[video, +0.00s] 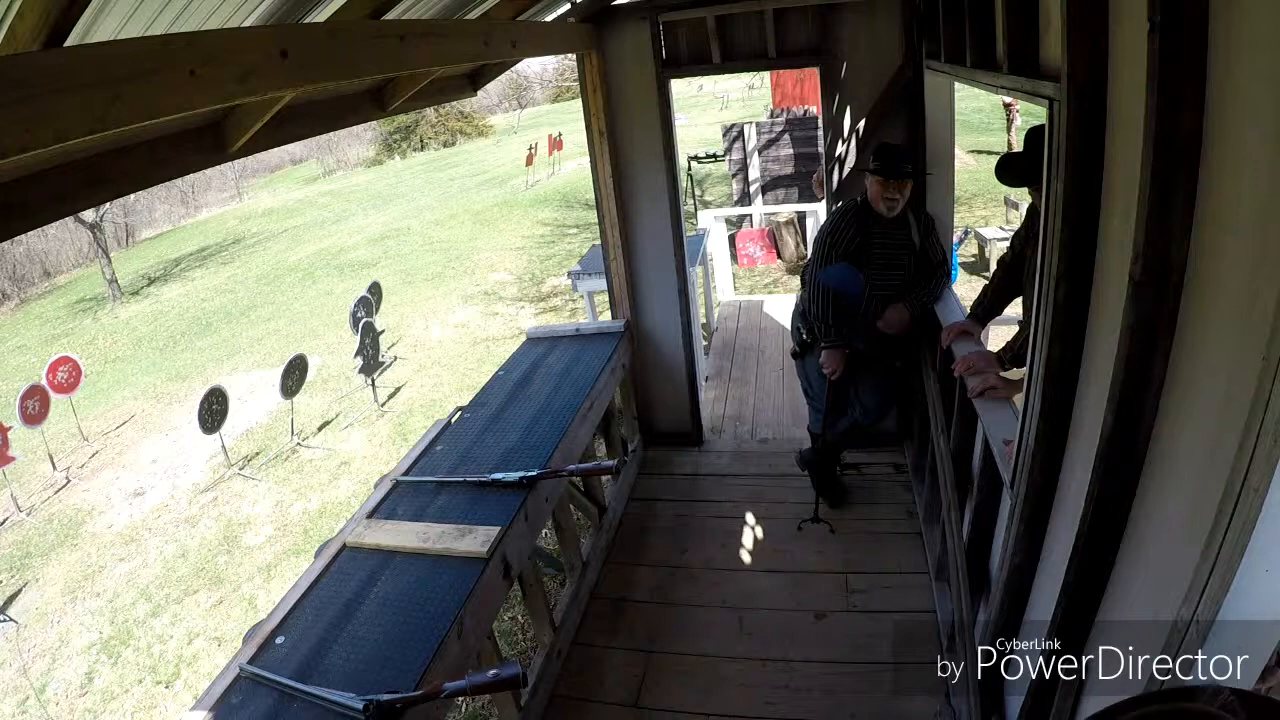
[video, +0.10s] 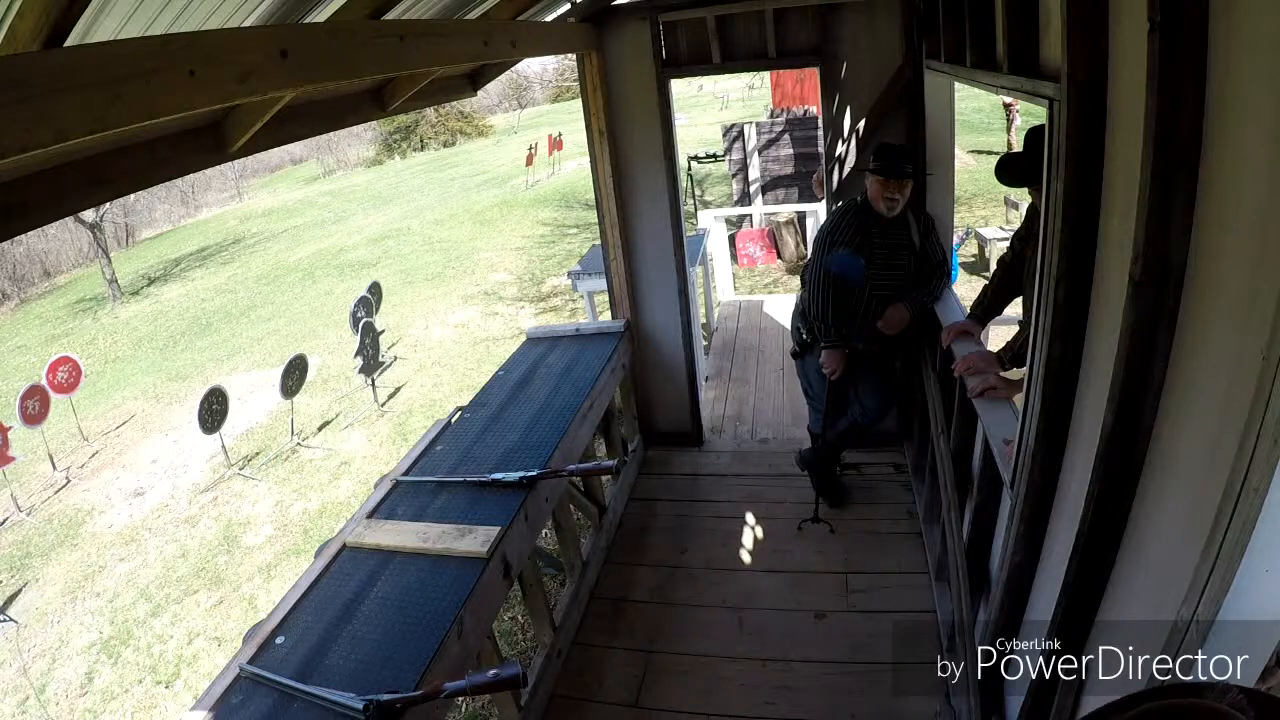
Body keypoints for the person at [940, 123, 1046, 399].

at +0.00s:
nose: (1031, 191)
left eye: (1037, 183)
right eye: (1030, 183)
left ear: (1055, 182)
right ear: (1032, 179)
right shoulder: (1040, 209)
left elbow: (1055, 308)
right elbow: (1014, 263)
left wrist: (1004, 358)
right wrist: (977, 318)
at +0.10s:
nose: (1031, 192)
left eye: (1037, 185)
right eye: (1030, 184)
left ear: (1056, 182)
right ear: (1032, 179)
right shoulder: (1040, 209)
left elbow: (1055, 308)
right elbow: (1014, 262)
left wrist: (1003, 357)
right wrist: (977, 319)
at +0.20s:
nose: (1031, 193)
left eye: (1035, 185)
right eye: (1029, 185)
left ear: (1054, 183)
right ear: (1033, 180)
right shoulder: (1041, 209)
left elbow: (1054, 308)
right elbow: (1014, 262)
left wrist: (1003, 357)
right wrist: (977, 319)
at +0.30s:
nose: (1031, 198)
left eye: (1035, 190)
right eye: (1029, 190)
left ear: (1053, 185)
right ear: (1030, 183)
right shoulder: (1040, 209)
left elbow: (1054, 309)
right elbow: (1014, 262)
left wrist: (1003, 358)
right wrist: (977, 319)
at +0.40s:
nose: (1031, 200)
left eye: (1035, 192)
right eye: (1029, 192)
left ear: (1052, 187)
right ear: (1029, 185)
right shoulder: (1040, 210)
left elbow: (1053, 311)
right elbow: (1014, 263)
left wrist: (1003, 358)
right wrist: (977, 319)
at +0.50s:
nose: (1031, 202)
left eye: (1036, 194)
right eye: (1029, 194)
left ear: (1054, 189)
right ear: (1028, 188)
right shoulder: (1039, 214)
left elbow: (1052, 311)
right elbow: (1013, 264)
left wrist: (1003, 358)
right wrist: (977, 319)